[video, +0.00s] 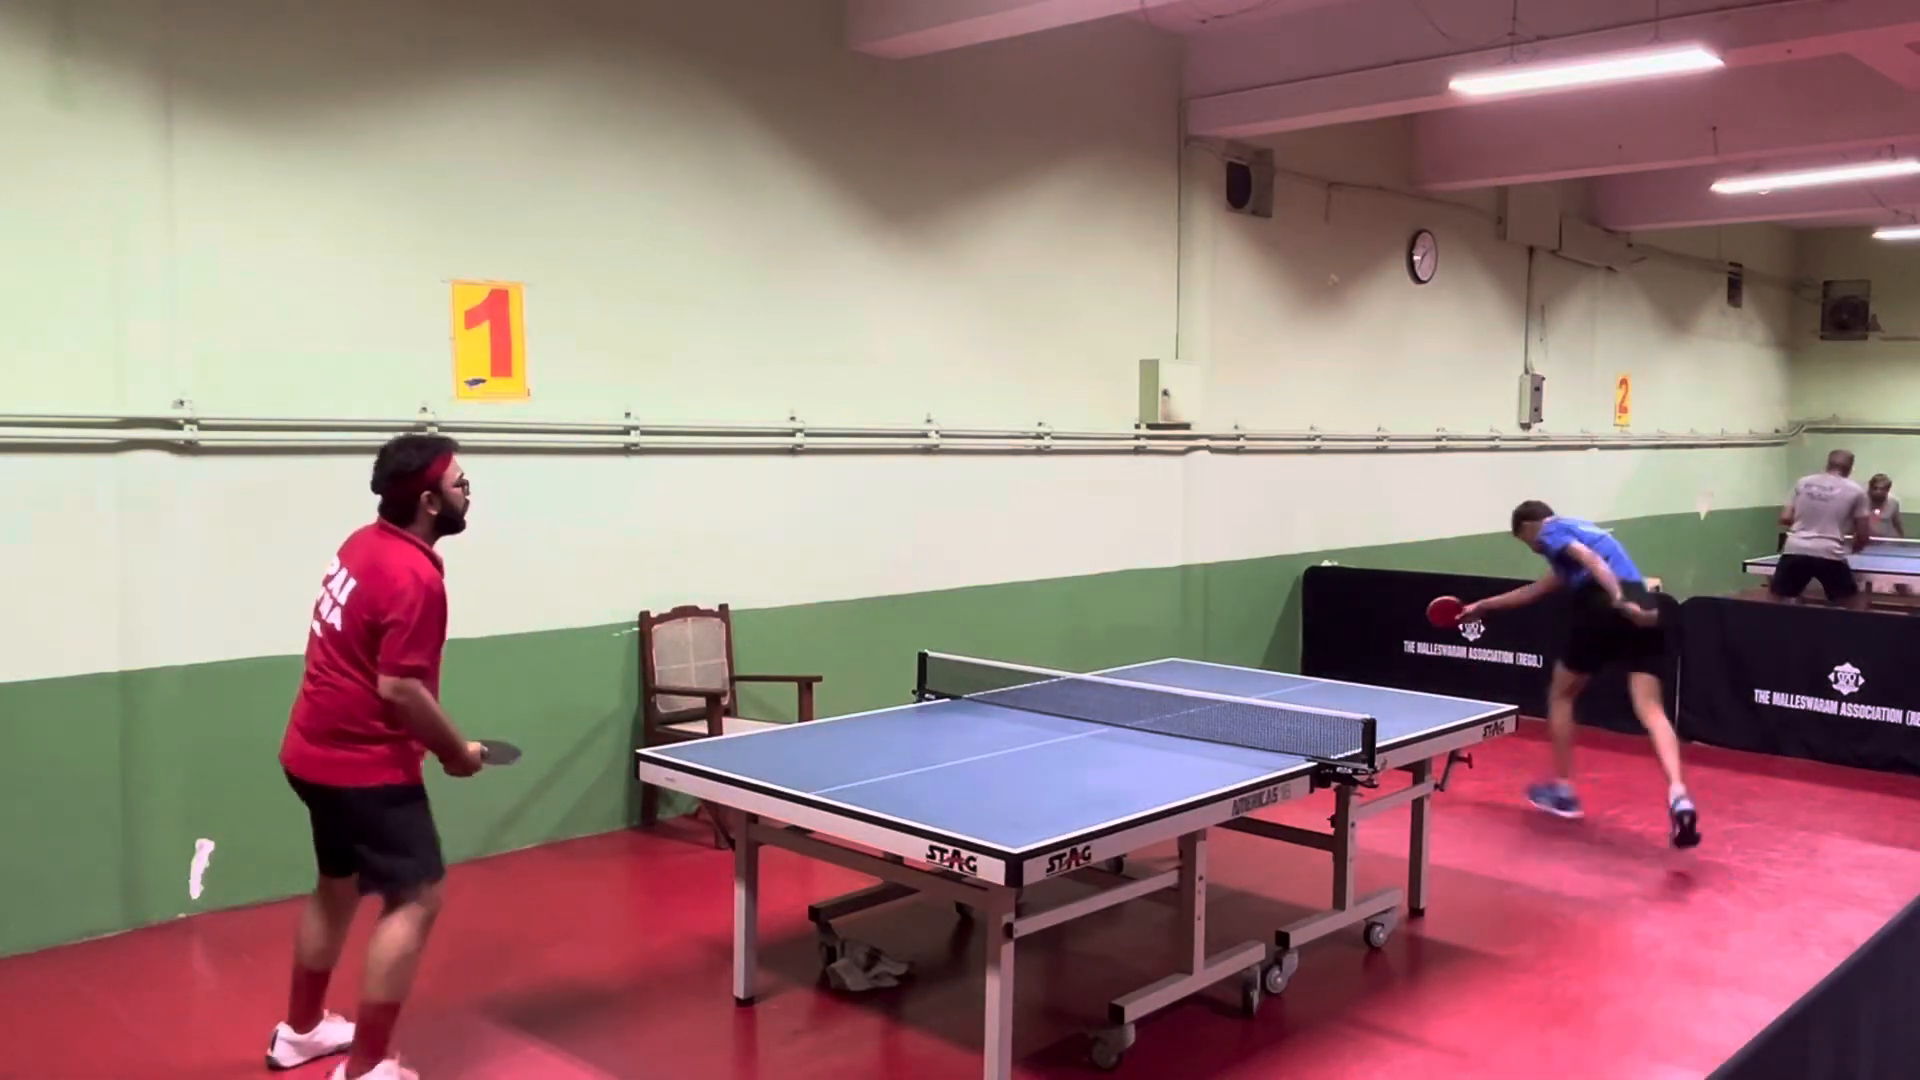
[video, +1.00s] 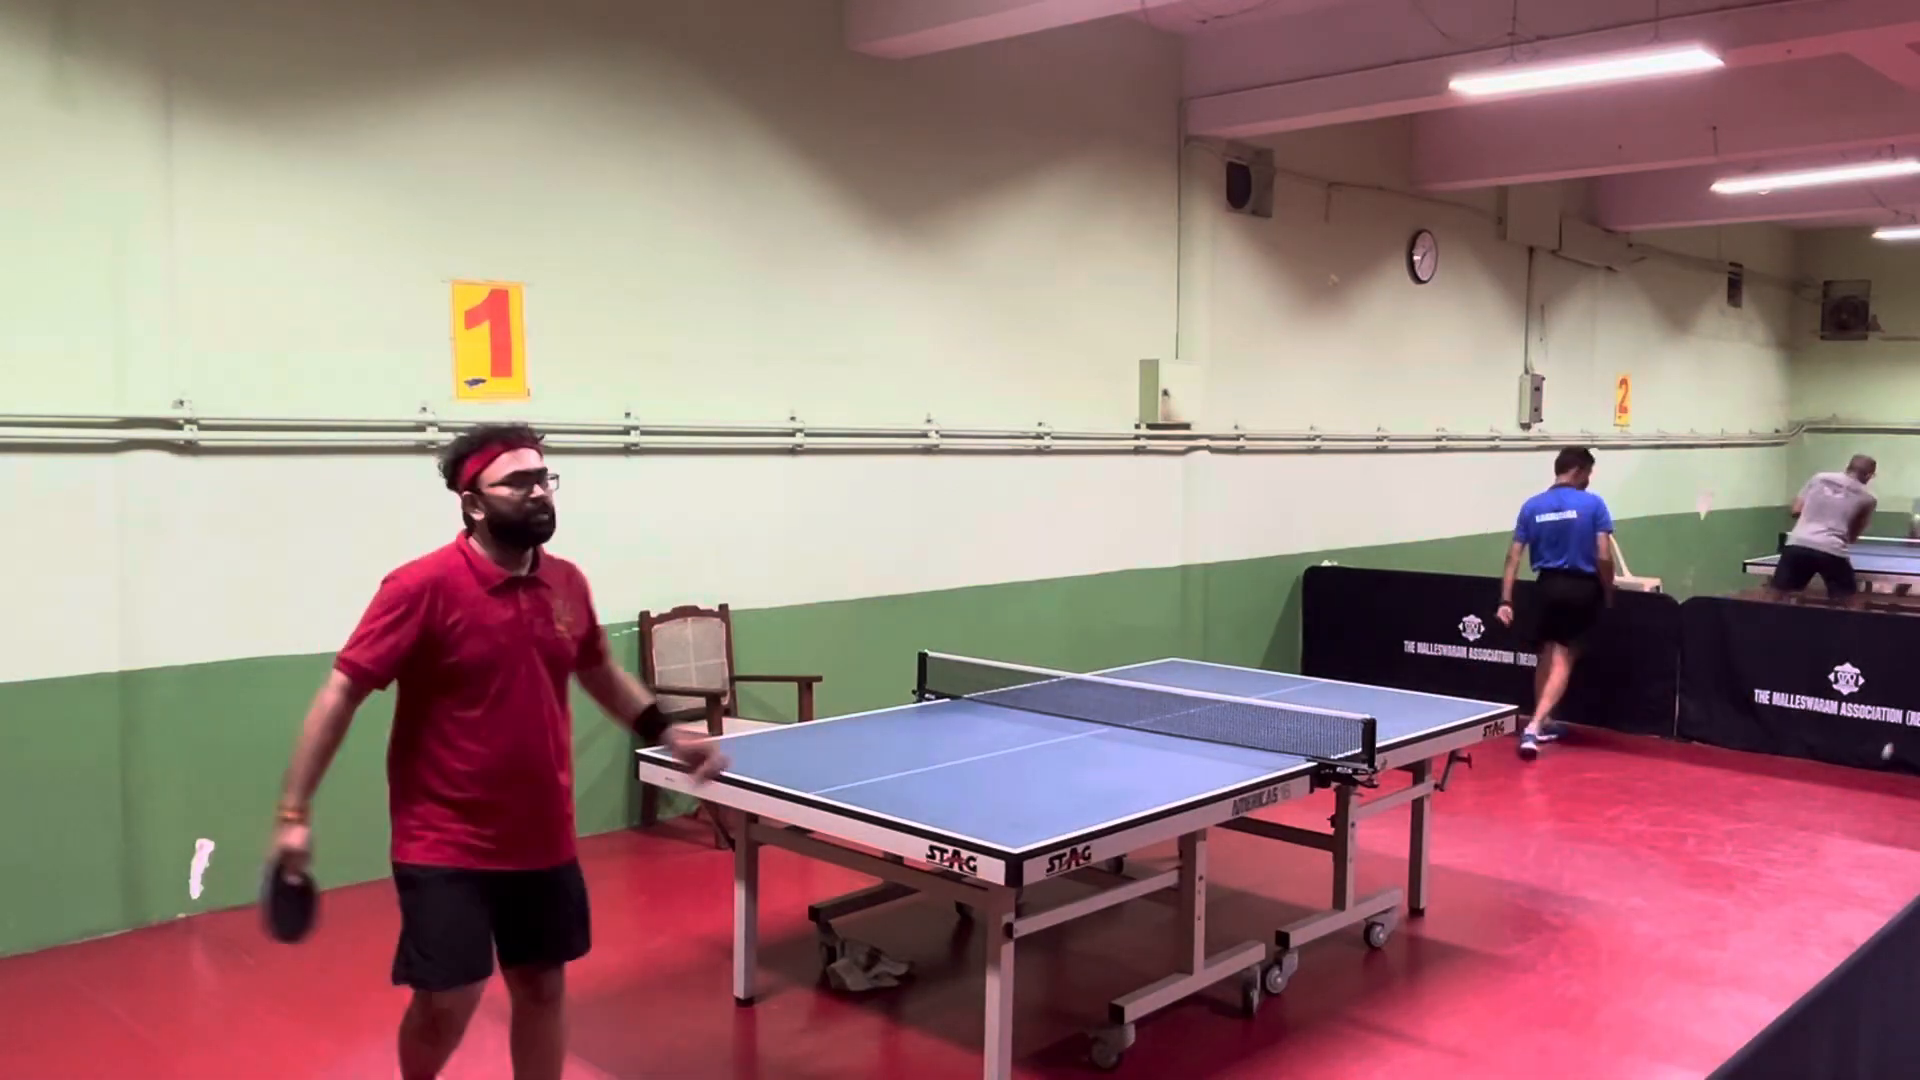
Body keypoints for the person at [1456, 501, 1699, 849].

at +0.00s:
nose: (1528, 545)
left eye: (1524, 539)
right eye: (1523, 541)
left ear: (1528, 527)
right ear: (1549, 514)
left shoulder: (1549, 532)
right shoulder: (1579, 530)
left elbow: (1591, 559)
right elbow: (1535, 591)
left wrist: (1619, 599)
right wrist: (1481, 606)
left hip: (1602, 607)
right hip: (1646, 604)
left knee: (1562, 695)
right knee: (1648, 704)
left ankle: (1563, 789)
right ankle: (1679, 794)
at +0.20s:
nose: (1498, 558)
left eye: (1493, 552)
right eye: (1495, 553)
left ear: (1495, 545)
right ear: (1517, 531)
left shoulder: (1515, 559)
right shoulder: (1553, 545)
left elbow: (1549, 601)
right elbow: (1538, 620)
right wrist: (1489, 637)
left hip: (1555, 626)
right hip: (1595, 624)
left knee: (1516, 692)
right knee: (1601, 720)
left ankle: (1525, 776)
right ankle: (1642, 740)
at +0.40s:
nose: (1499, 521)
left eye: (1497, 516)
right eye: (1498, 517)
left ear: (1499, 511)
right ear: (1523, 498)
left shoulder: (1508, 522)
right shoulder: (1559, 514)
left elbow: (1506, 575)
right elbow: (1574, 559)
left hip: (1545, 595)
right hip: (1583, 593)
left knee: (1511, 682)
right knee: (1564, 669)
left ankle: (1524, 762)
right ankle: (1559, 746)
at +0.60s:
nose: (1528, 496)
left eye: (1521, 493)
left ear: (1521, 492)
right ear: (1548, 487)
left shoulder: (1522, 518)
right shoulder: (1578, 516)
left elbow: (1508, 570)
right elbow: (1595, 569)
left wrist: (1486, 553)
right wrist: (1607, 590)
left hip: (1533, 604)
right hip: (1571, 603)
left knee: (1498, 676)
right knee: (1541, 663)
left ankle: (1512, 733)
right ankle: (1531, 738)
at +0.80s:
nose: (1564, 473)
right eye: (1567, 468)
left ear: (1537, 470)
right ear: (1566, 469)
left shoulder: (1521, 502)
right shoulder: (1587, 499)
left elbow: (1500, 555)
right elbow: (1599, 555)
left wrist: (1493, 597)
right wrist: (1582, 574)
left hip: (1535, 584)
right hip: (1575, 585)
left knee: (1524, 655)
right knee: (1552, 658)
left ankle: (1507, 725)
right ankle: (1533, 731)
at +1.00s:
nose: (1590, 480)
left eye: (1589, 474)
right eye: (1589, 474)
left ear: (1559, 472)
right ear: (1580, 472)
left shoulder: (1532, 505)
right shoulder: (1594, 503)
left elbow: (1514, 556)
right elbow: (1603, 555)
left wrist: (1505, 601)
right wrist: (1608, 589)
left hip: (1546, 587)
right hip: (1583, 587)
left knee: (1546, 655)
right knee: (1562, 657)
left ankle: (1541, 722)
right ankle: (1533, 727)